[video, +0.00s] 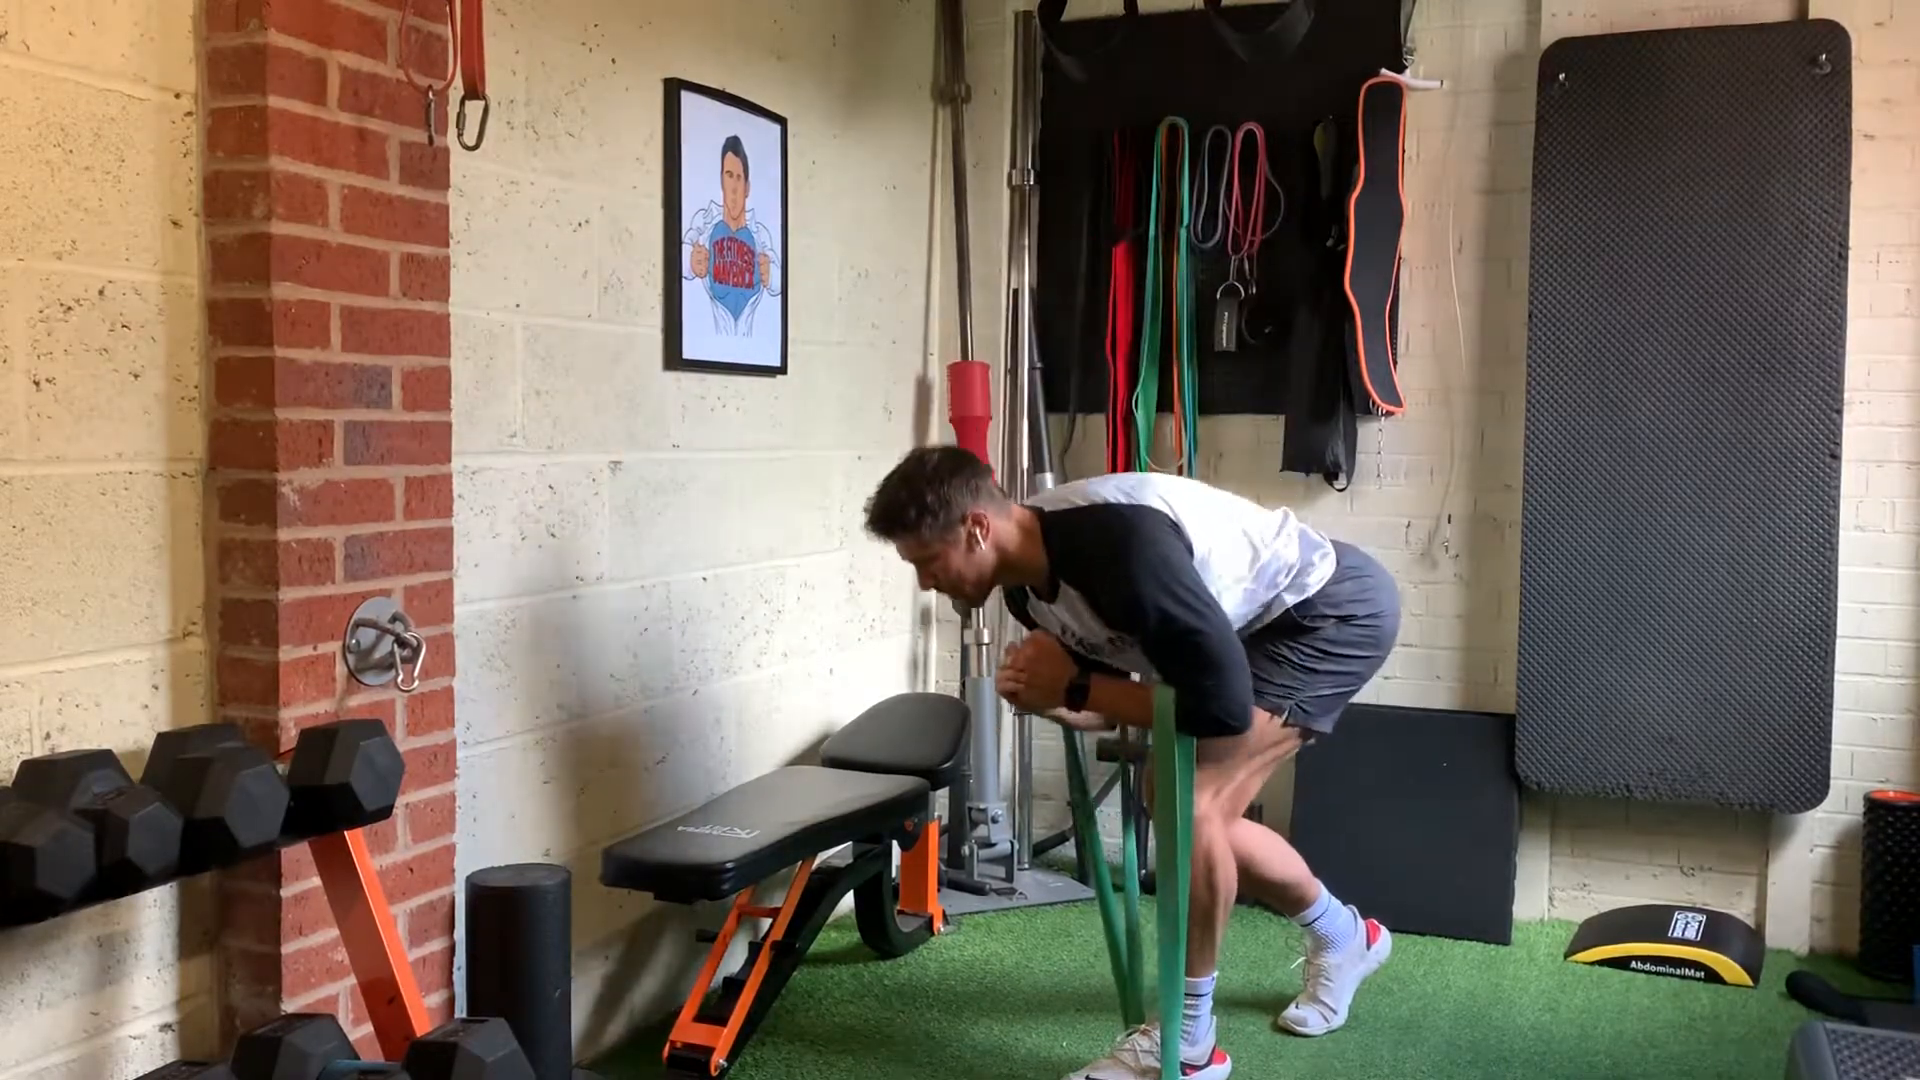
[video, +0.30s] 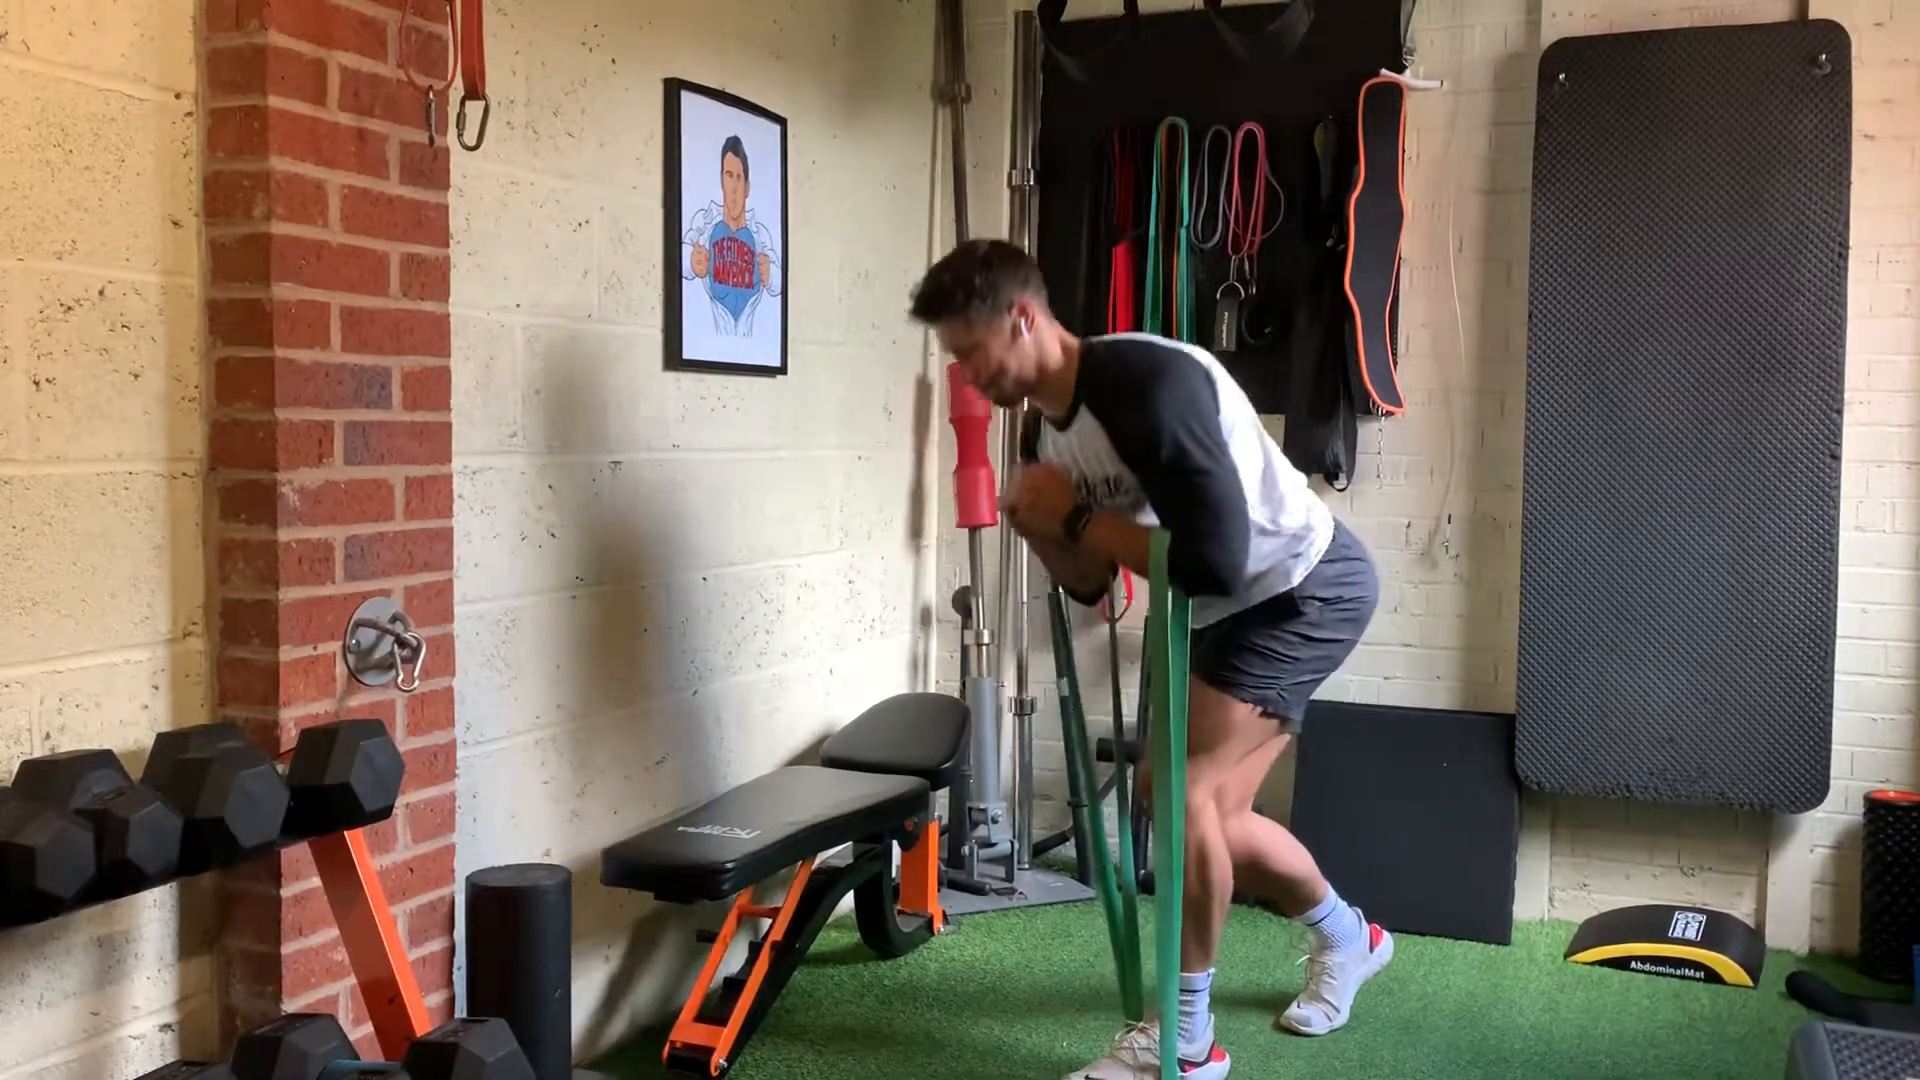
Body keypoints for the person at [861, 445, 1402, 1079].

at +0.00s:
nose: (926, 582)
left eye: (929, 561)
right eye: (916, 567)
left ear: (978, 526)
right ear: (978, 527)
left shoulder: (1127, 547)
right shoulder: (1024, 579)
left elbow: (1225, 711)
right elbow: (1133, 697)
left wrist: (1082, 687)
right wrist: (1061, 699)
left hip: (1331, 603)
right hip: (1255, 617)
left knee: (1191, 798)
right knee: (1199, 820)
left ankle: (1187, 1042)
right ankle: (1347, 935)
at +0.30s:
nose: (962, 374)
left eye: (969, 351)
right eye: (954, 357)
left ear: (1026, 321)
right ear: (1018, 328)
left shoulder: (1155, 385)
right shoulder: (1040, 430)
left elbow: (1217, 563)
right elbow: (1096, 588)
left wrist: (1084, 520)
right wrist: (1041, 527)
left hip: (1308, 582)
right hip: (1224, 597)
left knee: (1177, 784)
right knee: (1219, 823)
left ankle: (1186, 1035)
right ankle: (1351, 936)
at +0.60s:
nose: (1037, 238)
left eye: (1043, 212)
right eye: (1025, 220)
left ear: (1102, 182)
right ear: (1069, 199)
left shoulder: (1215, 283)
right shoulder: (1084, 304)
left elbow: (1239, 462)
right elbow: (1094, 481)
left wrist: (1113, 394)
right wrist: (1072, 399)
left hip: (1265, 565)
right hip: (1187, 570)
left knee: (1162, 775)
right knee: (1216, 795)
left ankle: (1185, 1038)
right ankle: (1347, 933)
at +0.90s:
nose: (1108, 188)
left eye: (1117, 162)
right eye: (1092, 170)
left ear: (1166, 129)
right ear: (1087, 158)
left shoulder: (1257, 237)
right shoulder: (1120, 250)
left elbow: (1244, 406)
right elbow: (1088, 421)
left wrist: (1129, 316)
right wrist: (1091, 324)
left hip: (1227, 544)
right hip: (1146, 551)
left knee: (1163, 768)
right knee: (1232, 766)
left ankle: (1188, 1033)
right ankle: (1337, 930)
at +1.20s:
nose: (1103, 187)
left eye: (1110, 161)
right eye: (1089, 168)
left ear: (1165, 130)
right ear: (1112, 154)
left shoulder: (1262, 239)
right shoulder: (1127, 252)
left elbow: (1245, 412)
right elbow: (1092, 424)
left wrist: (1134, 318)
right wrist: (1092, 325)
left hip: (1228, 546)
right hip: (1148, 550)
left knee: (1162, 767)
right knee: (1229, 771)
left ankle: (1188, 1034)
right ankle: (1335, 929)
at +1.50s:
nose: (1071, 192)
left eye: (1080, 167)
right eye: (1058, 174)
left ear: (1136, 137)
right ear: (1068, 164)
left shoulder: (1239, 241)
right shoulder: (1110, 260)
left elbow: (1241, 419)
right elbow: (1097, 437)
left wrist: (1121, 337)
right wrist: (1081, 347)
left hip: (1236, 549)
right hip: (1159, 555)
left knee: (1160, 768)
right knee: (1225, 775)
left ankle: (1186, 1035)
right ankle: (1338, 932)